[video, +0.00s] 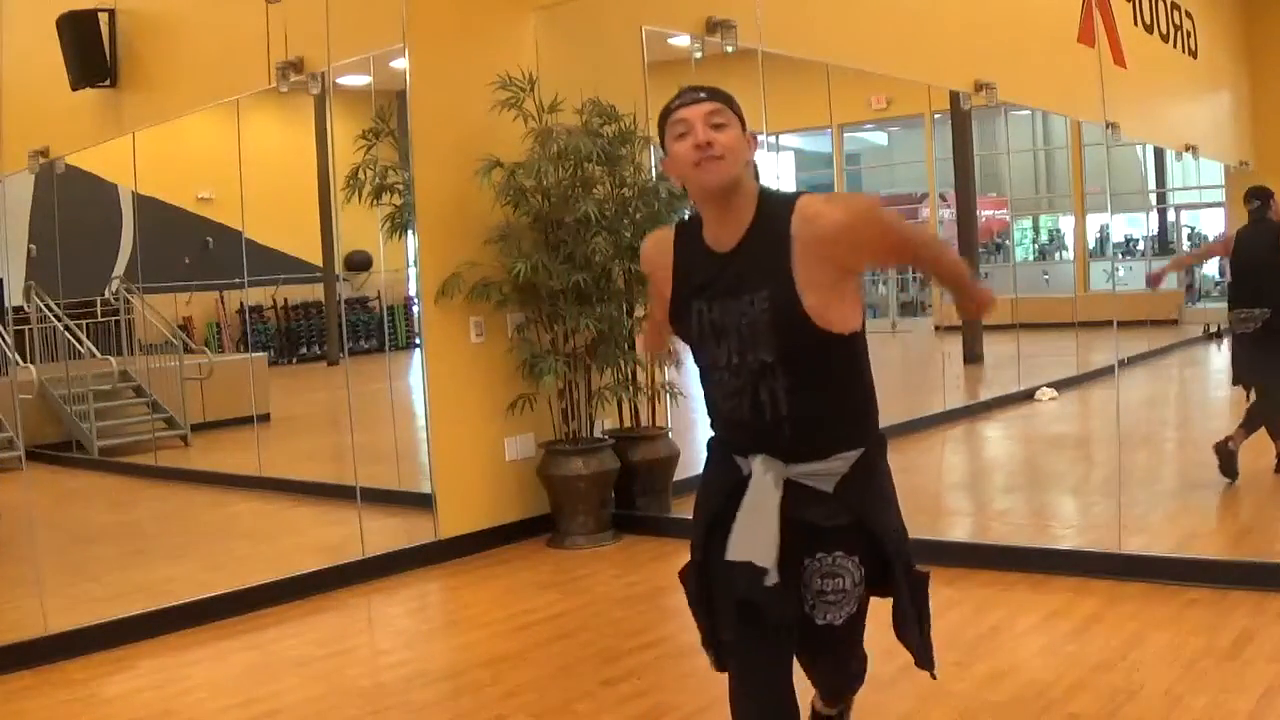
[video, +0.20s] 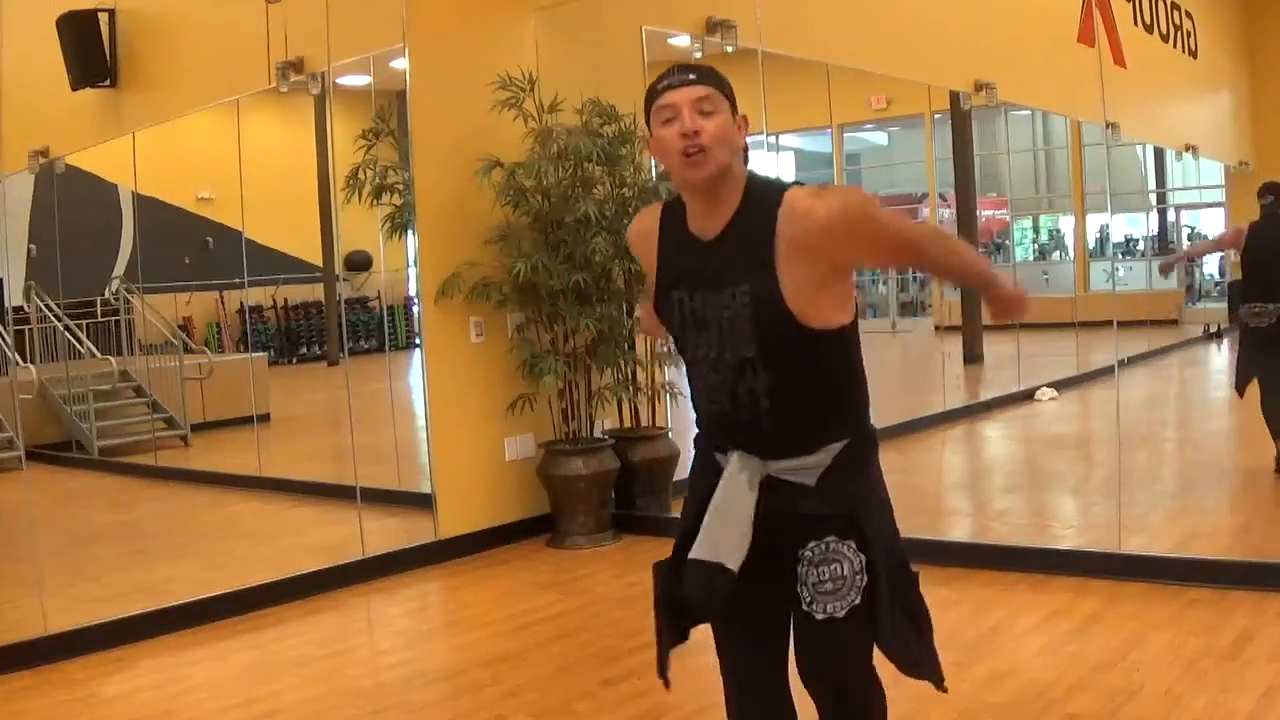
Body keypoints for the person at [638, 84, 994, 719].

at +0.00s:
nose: (703, 138)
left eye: (718, 124)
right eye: (683, 134)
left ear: (750, 145)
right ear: (669, 169)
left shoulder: (830, 225)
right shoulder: (665, 254)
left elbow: (927, 251)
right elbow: (663, 309)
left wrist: (971, 292)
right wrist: (654, 335)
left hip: (831, 474)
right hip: (738, 476)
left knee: (828, 644)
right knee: (750, 661)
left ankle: (832, 706)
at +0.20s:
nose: (687, 128)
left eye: (705, 110)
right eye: (668, 119)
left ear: (742, 129)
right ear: (653, 150)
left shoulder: (819, 218)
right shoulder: (651, 233)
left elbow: (924, 246)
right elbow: (669, 287)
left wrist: (996, 286)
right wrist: (653, 311)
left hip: (825, 481)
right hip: (728, 478)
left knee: (836, 675)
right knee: (748, 681)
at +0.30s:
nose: (685, 126)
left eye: (702, 109)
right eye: (665, 118)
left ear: (738, 130)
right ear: (648, 150)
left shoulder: (810, 230)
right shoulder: (648, 244)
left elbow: (917, 324)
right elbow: (646, 331)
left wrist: (986, 430)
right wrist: (632, 414)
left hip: (823, 492)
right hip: (720, 493)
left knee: (837, 694)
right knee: (744, 693)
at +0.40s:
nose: (689, 134)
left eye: (707, 116)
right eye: (669, 124)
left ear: (743, 134)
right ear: (653, 153)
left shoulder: (814, 240)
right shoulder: (651, 258)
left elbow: (863, 401)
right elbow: (629, 394)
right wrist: (598, 513)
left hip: (813, 501)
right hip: (712, 500)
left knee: (820, 702)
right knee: (728, 693)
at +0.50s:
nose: (697, 148)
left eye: (716, 129)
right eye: (676, 136)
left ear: (753, 148)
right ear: (657, 167)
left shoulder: (821, 250)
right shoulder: (649, 274)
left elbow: (780, 391)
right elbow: (624, 403)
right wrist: (599, 509)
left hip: (805, 523)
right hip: (703, 519)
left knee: (801, 705)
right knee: (706, 700)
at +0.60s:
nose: (700, 150)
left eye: (719, 133)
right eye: (677, 139)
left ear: (755, 154)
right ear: (658, 171)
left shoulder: (826, 254)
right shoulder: (641, 278)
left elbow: (753, 353)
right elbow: (623, 380)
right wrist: (615, 444)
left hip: (800, 548)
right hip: (692, 542)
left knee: (787, 705)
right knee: (691, 703)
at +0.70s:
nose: (699, 139)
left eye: (721, 121)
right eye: (676, 125)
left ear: (757, 146)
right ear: (652, 159)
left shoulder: (826, 244)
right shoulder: (633, 268)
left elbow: (774, 342)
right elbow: (588, 435)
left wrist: (628, 248)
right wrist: (599, 377)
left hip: (793, 556)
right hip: (679, 550)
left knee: (798, 706)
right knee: (684, 705)